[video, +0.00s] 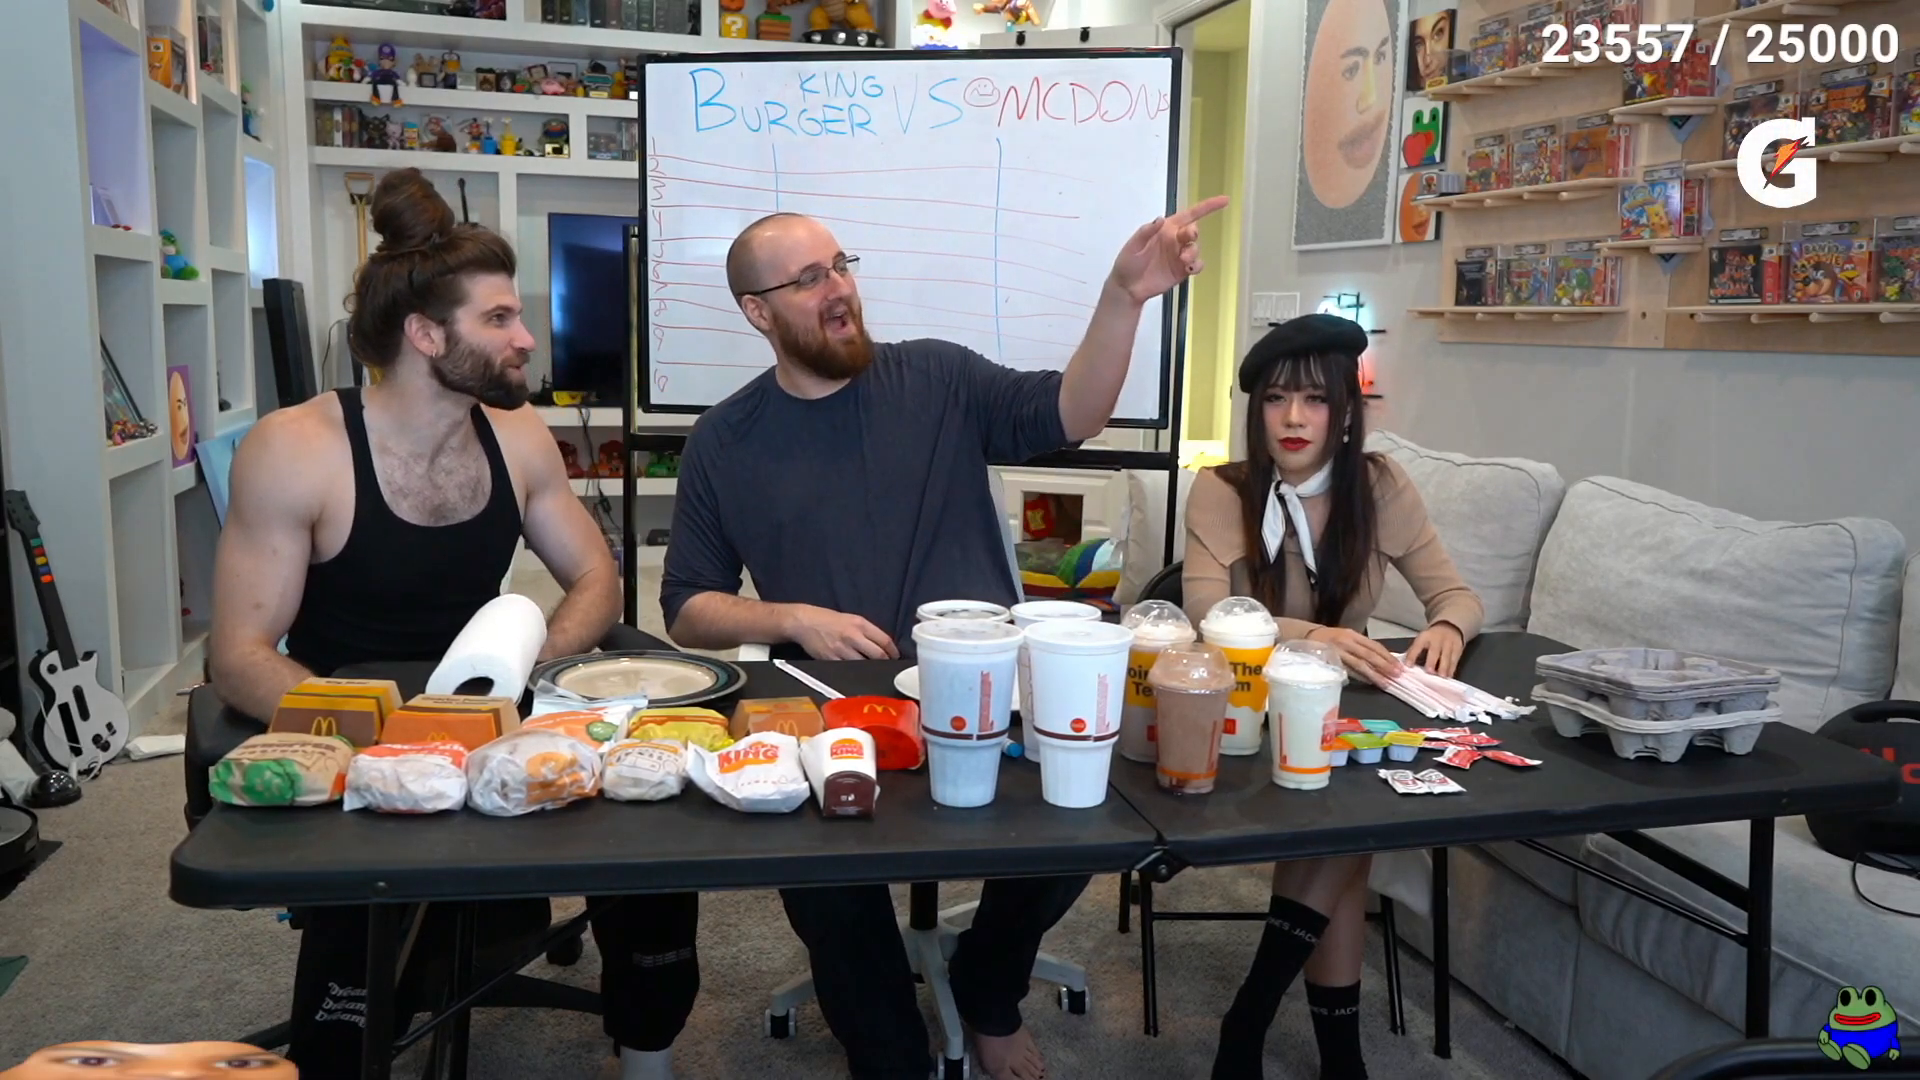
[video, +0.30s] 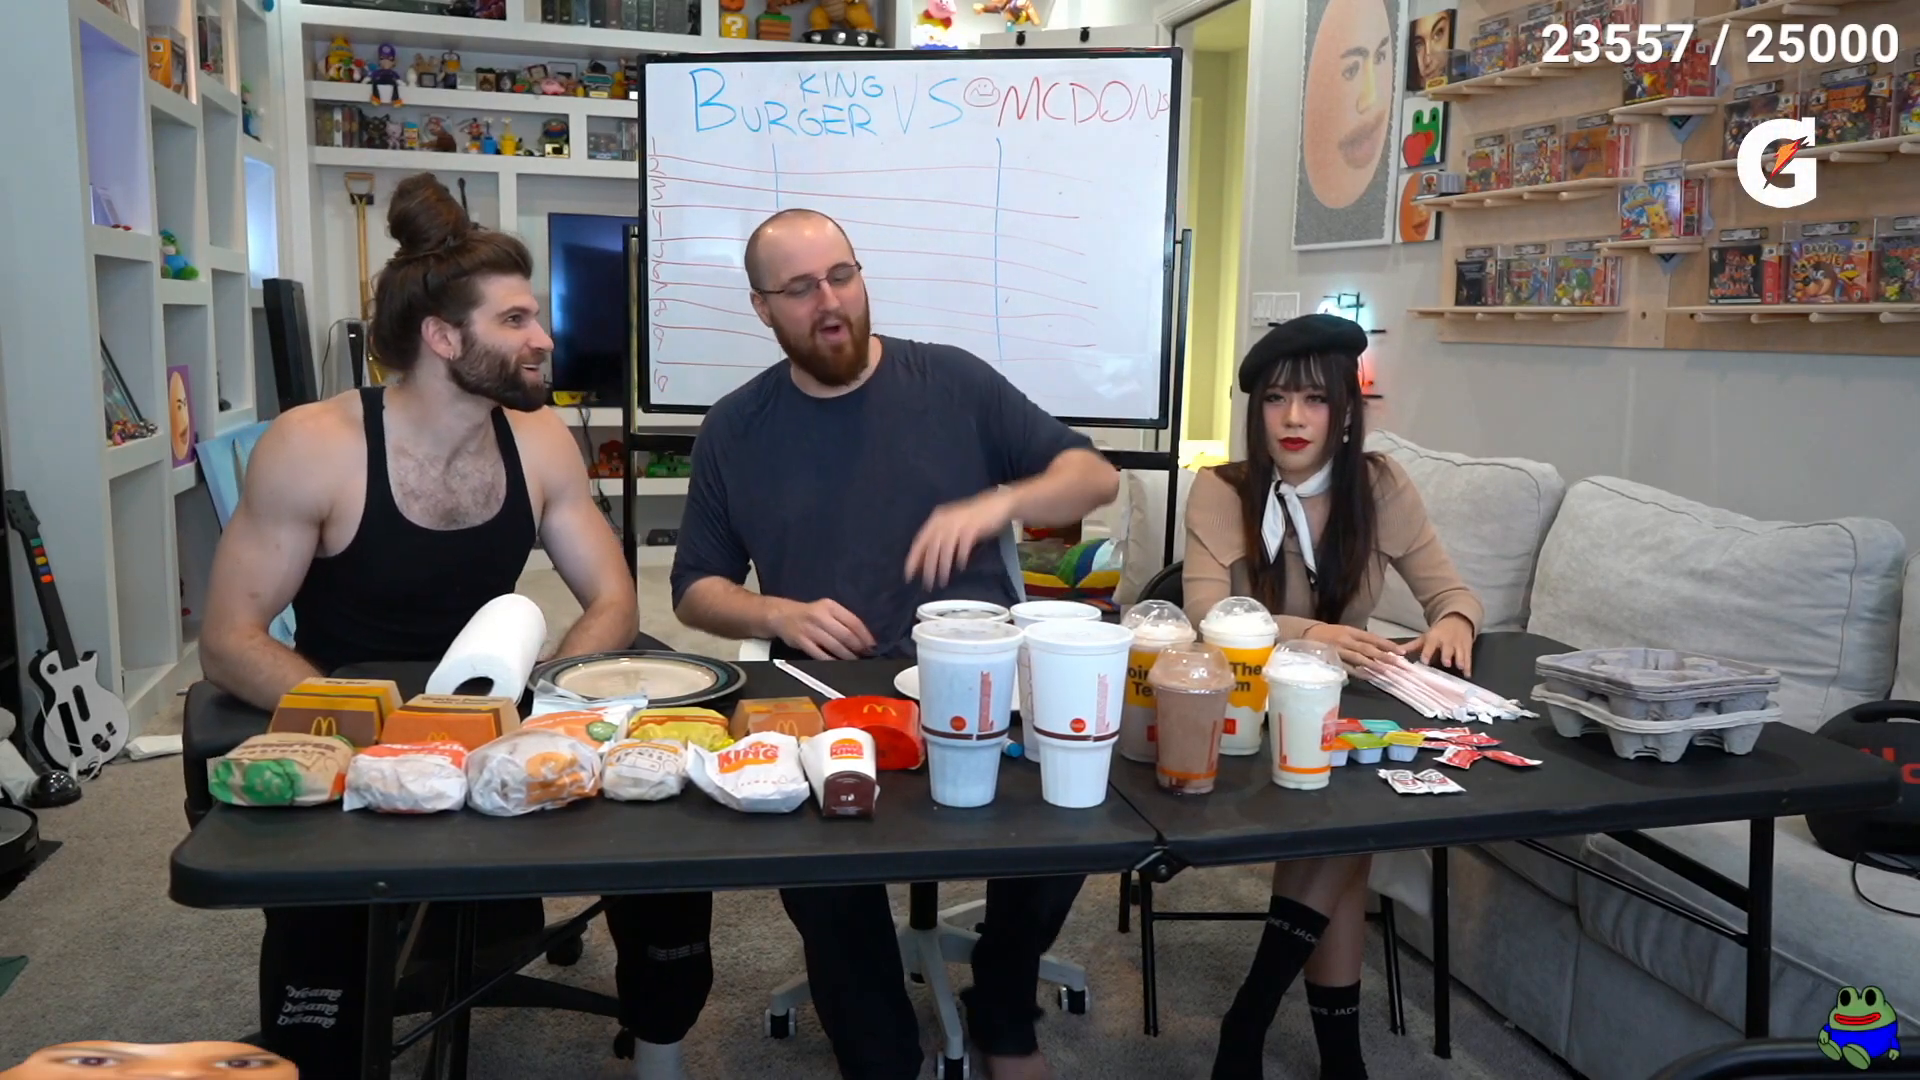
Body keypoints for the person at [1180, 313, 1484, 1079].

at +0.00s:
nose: (1293, 417)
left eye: (1315, 399)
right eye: (1277, 398)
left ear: (1347, 411)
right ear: (1255, 406)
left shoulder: (1377, 482)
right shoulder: (1221, 492)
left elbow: (1454, 594)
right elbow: (1210, 622)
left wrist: (1449, 626)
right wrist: (1308, 634)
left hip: (1337, 706)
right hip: (1241, 710)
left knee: (1347, 814)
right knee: (1351, 829)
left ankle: (1245, 1026)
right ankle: (1343, 1064)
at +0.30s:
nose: (1294, 417)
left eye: (1315, 399)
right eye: (1278, 397)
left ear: (1347, 411)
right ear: (1255, 405)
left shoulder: (1377, 482)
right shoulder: (1221, 492)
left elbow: (1450, 593)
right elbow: (1211, 620)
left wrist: (1454, 622)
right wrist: (1311, 633)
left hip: (1341, 706)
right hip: (1243, 709)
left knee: (1346, 817)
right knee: (1350, 830)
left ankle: (1244, 1027)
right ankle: (1343, 1064)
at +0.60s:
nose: (1292, 417)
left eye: (1314, 398)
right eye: (1277, 397)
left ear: (1346, 411)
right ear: (1255, 406)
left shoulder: (1377, 482)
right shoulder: (1220, 492)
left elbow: (1447, 593)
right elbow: (1209, 624)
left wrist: (1460, 624)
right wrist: (1308, 634)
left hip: (1337, 705)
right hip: (1240, 710)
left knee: (1347, 815)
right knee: (1351, 832)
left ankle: (1245, 1025)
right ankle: (1343, 1064)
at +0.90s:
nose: (1295, 417)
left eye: (1316, 399)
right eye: (1278, 398)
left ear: (1348, 412)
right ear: (1255, 407)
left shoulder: (1379, 483)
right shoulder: (1221, 492)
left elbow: (1453, 594)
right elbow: (1209, 621)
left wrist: (1451, 625)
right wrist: (1307, 633)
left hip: (1337, 706)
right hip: (1241, 712)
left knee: (1346, 814)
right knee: (1350, 829)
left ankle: (1246, 1023)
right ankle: (1343, 1063)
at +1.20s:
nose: (1299, 419)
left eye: (1320, 401)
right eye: (1282, 399)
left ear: (1350, 412)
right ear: (1258, 406)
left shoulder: (1379, 483)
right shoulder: (1221, 492)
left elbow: (1455, 594)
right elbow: (1209, 622)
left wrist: (1449, 626)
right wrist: (1310, 634)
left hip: (1336, 706)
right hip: (1240, 712)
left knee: (1348, 814)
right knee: (1351, 828)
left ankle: (1246, 1024)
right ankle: (1343, 1064)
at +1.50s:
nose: (1299, 419)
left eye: (1320, 401)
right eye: (1282, 399)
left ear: (1350, 412)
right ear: (1258, 407)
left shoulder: (1379, 484)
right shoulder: (1221, 492)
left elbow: (1455, 595)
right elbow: (1210, 622)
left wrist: (1446, 625)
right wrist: (1307, 634)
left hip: (1337, 706)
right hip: (1242, 712)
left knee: (1348, 815)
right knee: (1351, 832)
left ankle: (1245, 1025)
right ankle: (1343, 1065)